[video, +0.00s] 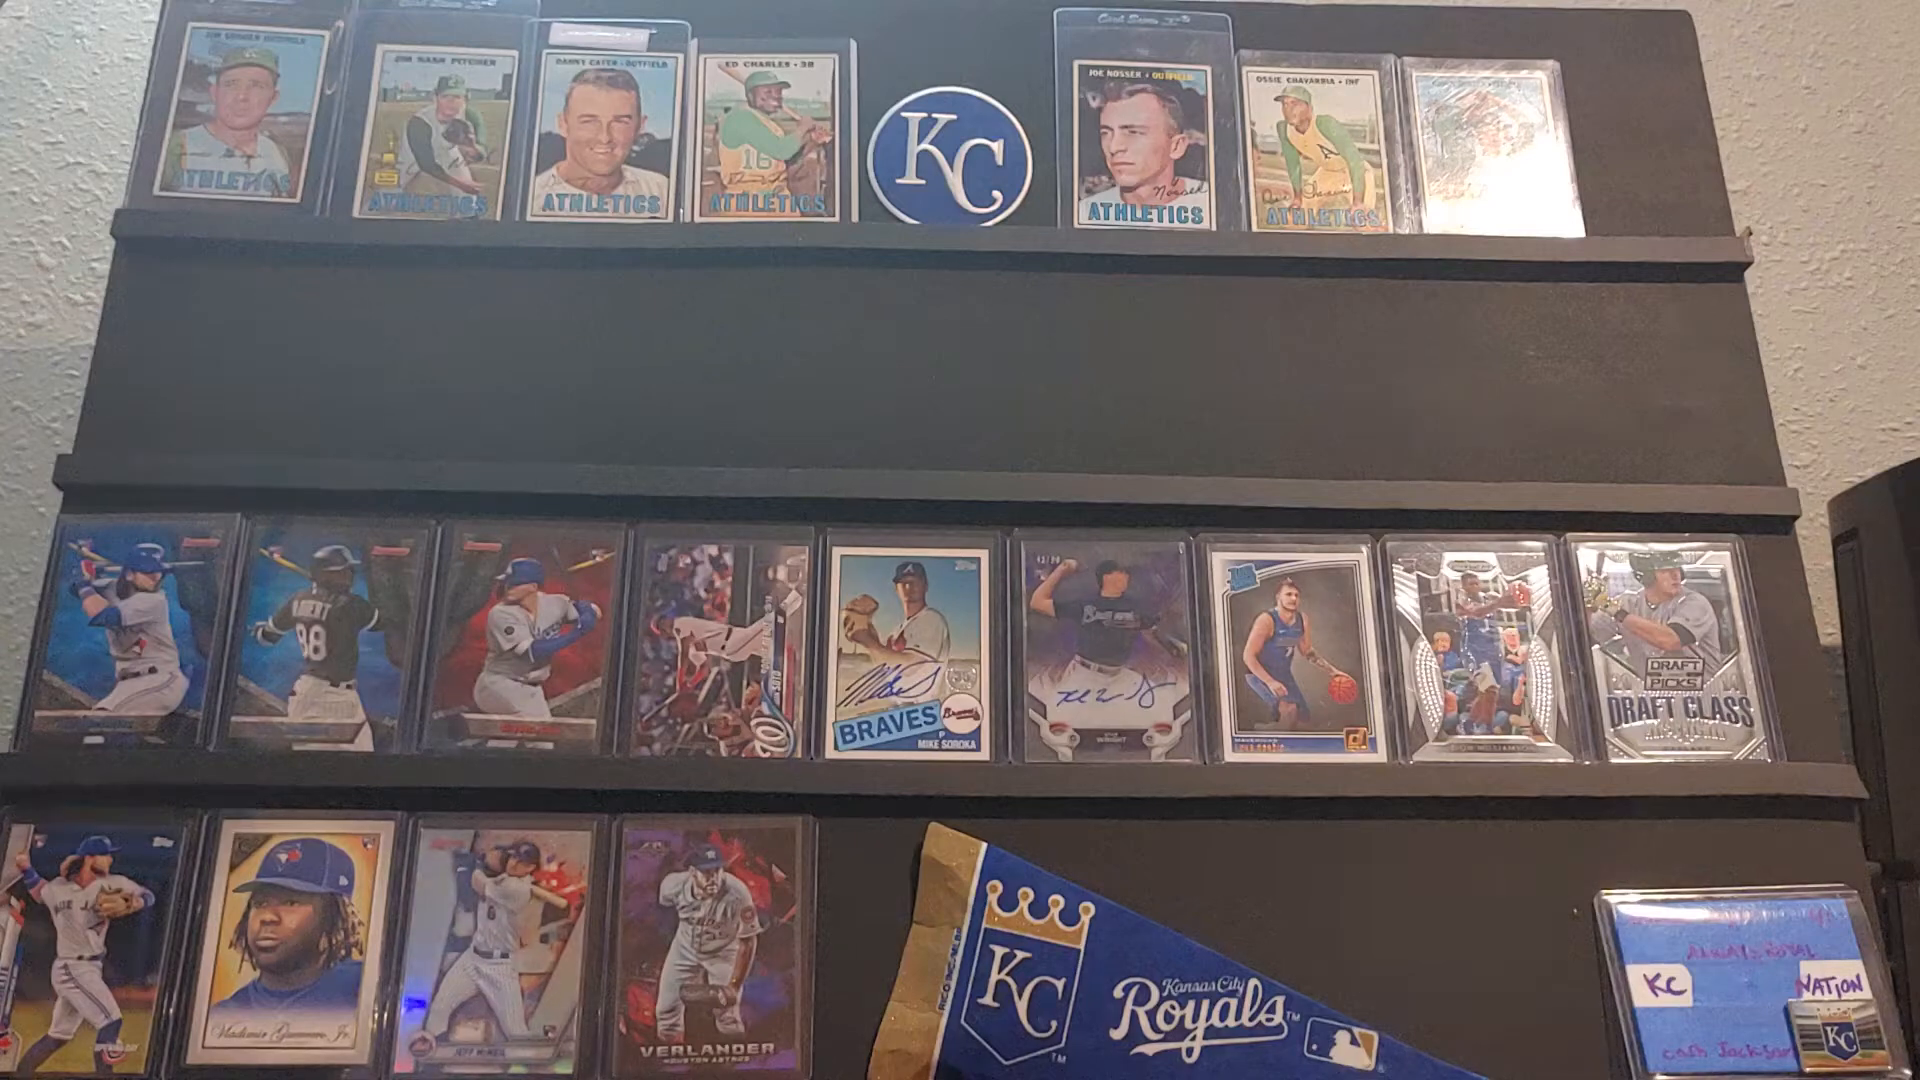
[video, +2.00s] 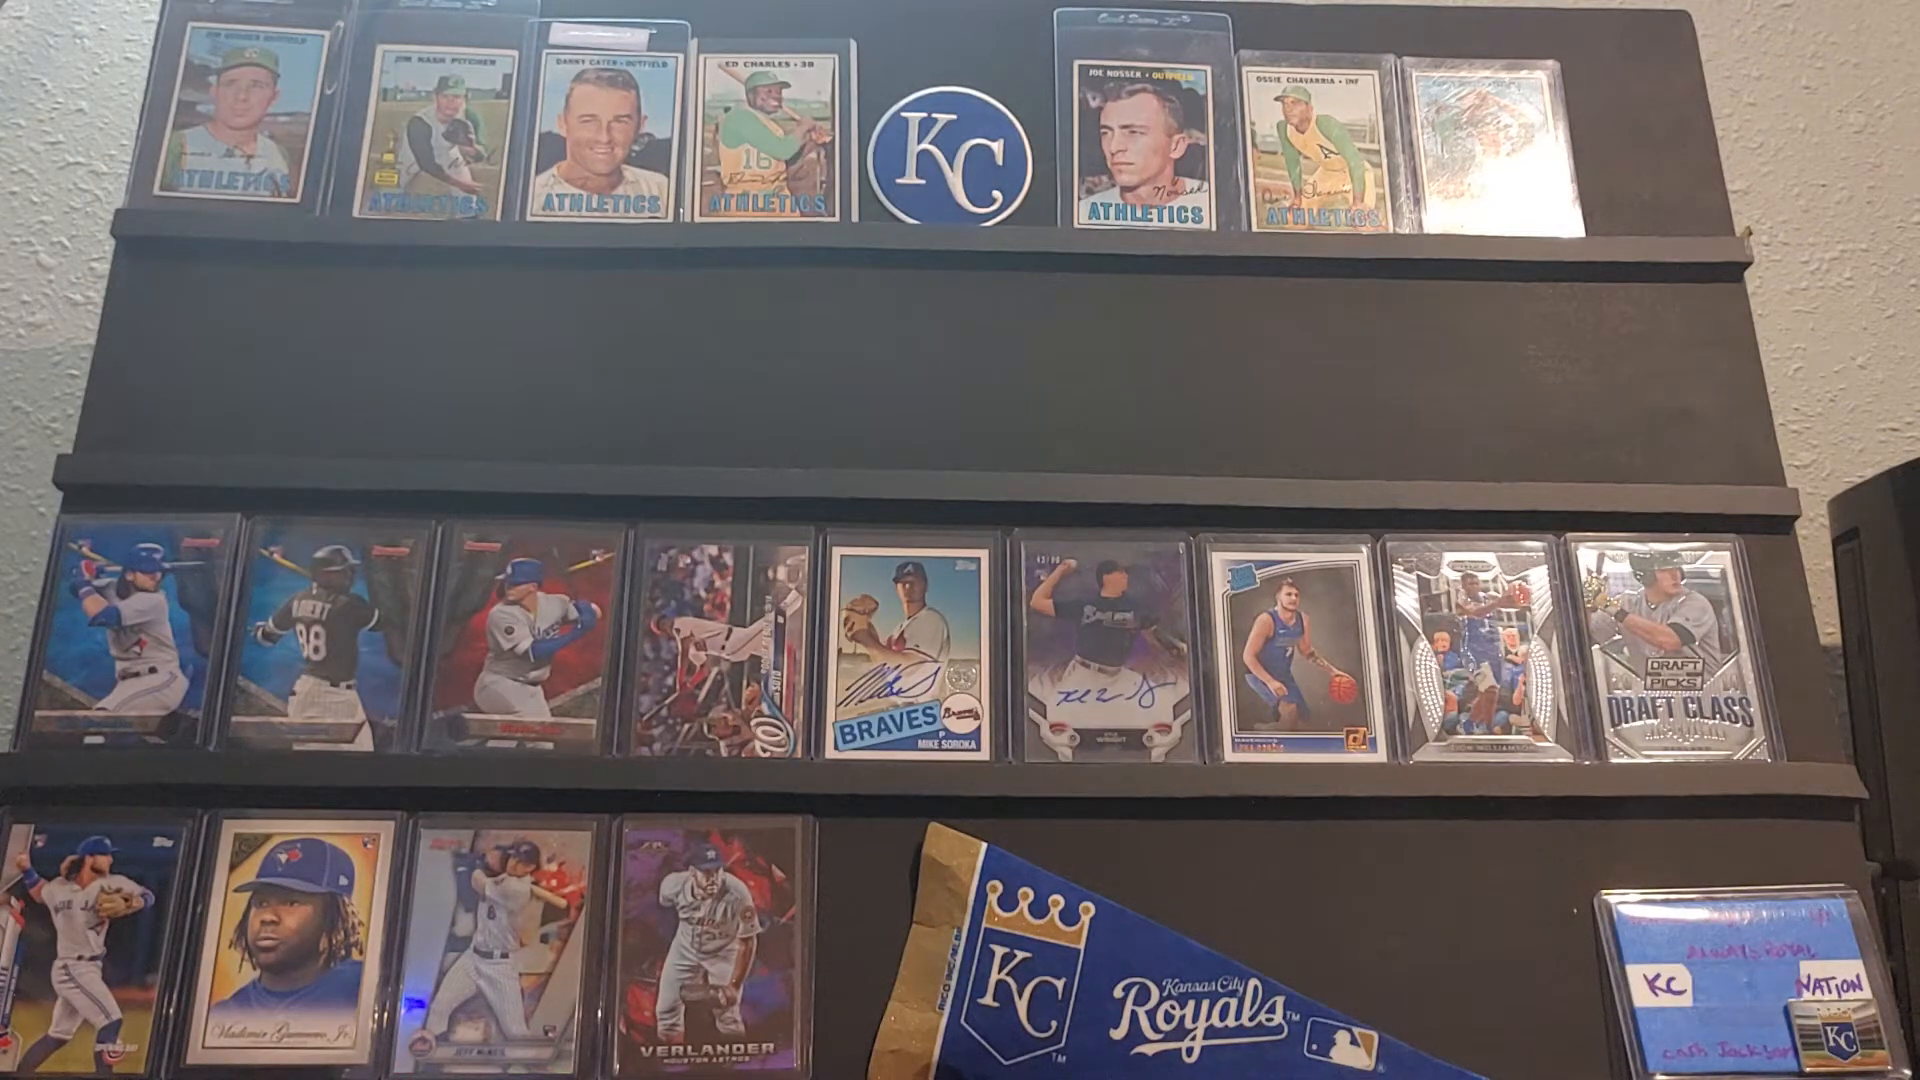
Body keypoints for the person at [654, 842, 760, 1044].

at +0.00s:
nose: (712, 878)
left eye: (716, 871)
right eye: (706, 872)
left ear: (722, 869)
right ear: (692, 871)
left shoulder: (738, 893)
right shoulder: (672, 886)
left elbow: (749, 941)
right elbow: (667, 915)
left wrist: (734, 985)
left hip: (724, 953)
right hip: (684, 947)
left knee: (727, 1016)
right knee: (666, 1011)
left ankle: (740, 1071)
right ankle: (673, 1071)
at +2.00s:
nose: (712, 878)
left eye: (716, 871)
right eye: (705, 872)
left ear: (722, 869)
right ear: (691, 870)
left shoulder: (738, 893)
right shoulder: (673, 885)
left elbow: (748, 941)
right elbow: (666, 914)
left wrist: (735, 985)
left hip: (724, 953)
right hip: (684, 947)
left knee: (727, 1015)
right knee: (666, 1009)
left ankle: (739, 1068)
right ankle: (673, 1071)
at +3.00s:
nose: (711, 878)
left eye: (715, 871)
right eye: (705, 872)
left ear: (722, 869)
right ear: (693, 871)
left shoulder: (738, 893)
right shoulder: (673, 885)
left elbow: (748, 941)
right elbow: (666, 909)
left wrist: (735, 985)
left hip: (724, 953)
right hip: (684, 947)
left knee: (727, 1014)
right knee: (666, 1009)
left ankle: (741, 1067)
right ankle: (674, 1071)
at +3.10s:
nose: (711, 878)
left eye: (715, 871)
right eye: (705, 872)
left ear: (721, 869)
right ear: (693, 871)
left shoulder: (738, 893)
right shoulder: (673, 885)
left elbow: (748, 941)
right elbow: (666, 908)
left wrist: (735, 985)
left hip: (724, 953)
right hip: (684, 947)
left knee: (727, 1014)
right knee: (666, 1008)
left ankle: (740, 1068)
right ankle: (673, 1069)